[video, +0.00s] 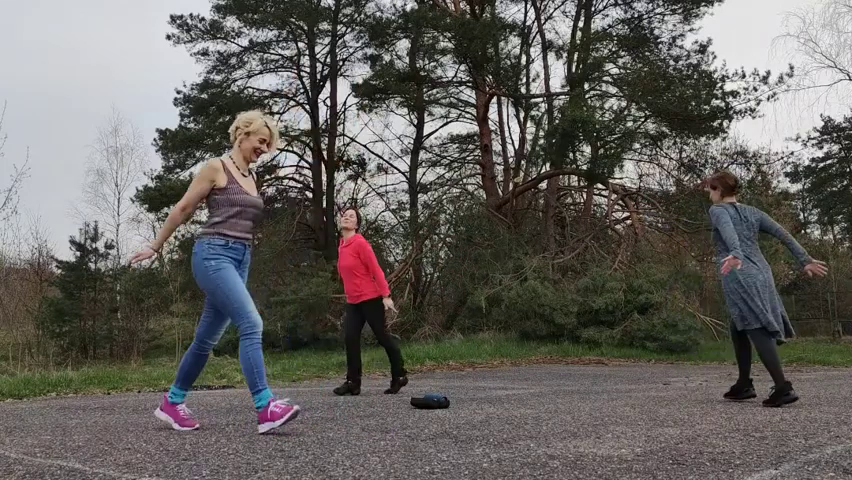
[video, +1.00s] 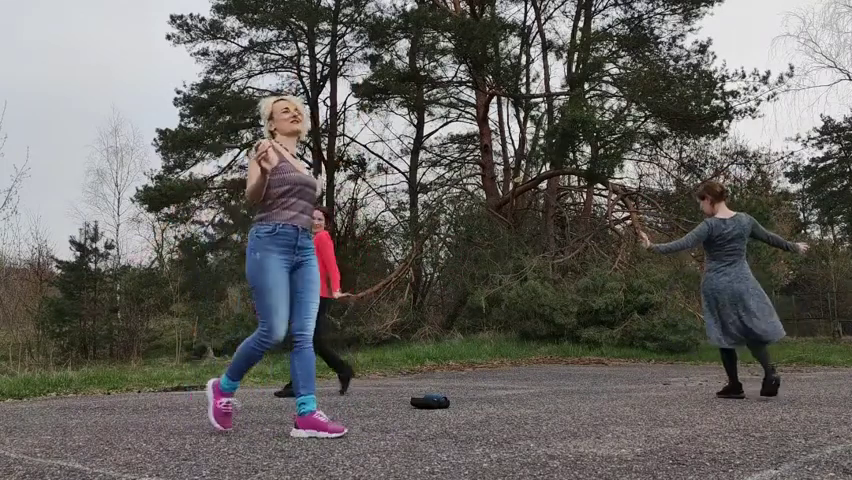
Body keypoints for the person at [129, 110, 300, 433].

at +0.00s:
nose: (262, 148)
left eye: (267, 144)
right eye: (260, 140)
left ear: (266, 146)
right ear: (241, 136)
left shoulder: (249, 175)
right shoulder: (215, 168)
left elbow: (239, 217)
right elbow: (183, 209)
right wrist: (156, 246)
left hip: (241, 257)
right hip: (213, 255)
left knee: (206, 339)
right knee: (251, 324)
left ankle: (172, 403)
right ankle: (266, 408)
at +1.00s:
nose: (293, 114)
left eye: (297, 110)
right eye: (284, 110)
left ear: (304, 120)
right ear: (270, 122)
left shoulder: (303, 161)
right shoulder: (264, 151)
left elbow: (296, 210)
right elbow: (252, 198)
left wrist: (313, 216)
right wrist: (263, 171)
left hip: (305, 247)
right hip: (269, 243)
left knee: (304, 334)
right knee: (272, 331)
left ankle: (306, 414)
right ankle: (223, 389)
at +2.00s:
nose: (387, 99)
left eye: (384, 95)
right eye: (381, 96)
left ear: (366, 106)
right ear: (366, 105)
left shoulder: (365, 139)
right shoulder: (367, 136)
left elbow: (343, 194)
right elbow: (358, 186)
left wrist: (361, 225)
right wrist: (385, 193)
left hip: (361, 229)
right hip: (372, 229)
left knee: (383, 317)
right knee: (396, 317)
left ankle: (335, 379)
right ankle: (394, 404)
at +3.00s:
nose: (315, 105)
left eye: (314, 100)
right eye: (309, 100)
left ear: (295, 106)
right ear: (289, 104)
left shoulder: (297, 143)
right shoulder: (276, 138)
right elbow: (259, 186)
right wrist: (279, 204)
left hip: (297, 239)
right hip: (275, 236)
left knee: (298, 323)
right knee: (264, 324)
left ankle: (261, 399)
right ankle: (228, 404)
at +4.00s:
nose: (417, 86)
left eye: (414, 81)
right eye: (409, 82)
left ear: (403, 90)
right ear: (391, 91)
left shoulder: (406, 134)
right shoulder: (385, 125)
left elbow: (432, 186)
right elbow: (364, 176)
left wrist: (471, 176)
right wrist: (372, 206)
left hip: (412, 221)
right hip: (401, 218)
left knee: (401, 321)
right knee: (467, 287)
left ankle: (386, 406)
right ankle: (518, 368)